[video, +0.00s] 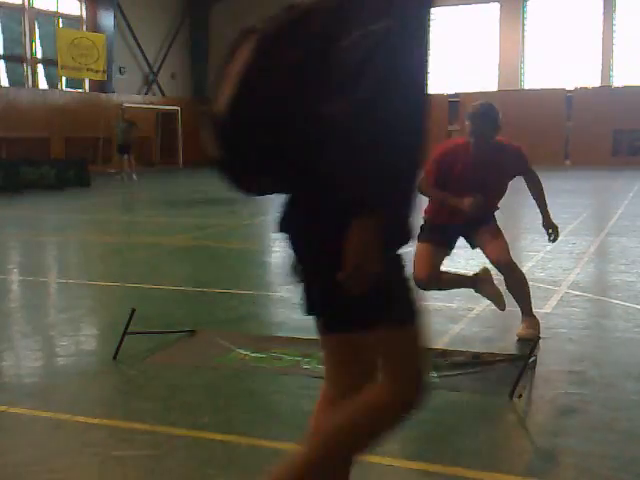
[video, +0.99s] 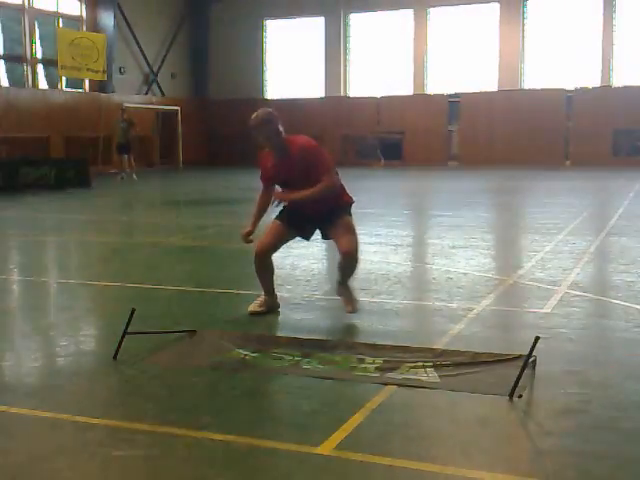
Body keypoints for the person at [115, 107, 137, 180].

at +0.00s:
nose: (122, 115)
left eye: (124, 113)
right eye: (121, 113)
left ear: (126, 114)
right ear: (119, 114)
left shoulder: (130, 123)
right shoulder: (118, 123)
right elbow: (116, 134)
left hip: (129, 143)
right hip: (121, 143)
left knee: (131, 159)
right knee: (122, 159)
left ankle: (133, 173)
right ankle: (123, 174)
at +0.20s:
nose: (123, 114)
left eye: (124, 112)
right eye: (122, 112)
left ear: (126, 113)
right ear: (120, 112)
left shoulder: (128, 122)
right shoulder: (118, 123)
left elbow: (136, 126)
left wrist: (130, 122)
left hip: (128, 142)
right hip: (120, 142)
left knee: (131, 158)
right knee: (122, 158)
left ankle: (133, 173)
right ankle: (124, 173)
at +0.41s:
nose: (122, 115)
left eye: (124, 113)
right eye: (121, 113)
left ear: (126, 114)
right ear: (120, 114)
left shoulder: (129, 122)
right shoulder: (118, 122)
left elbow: (136, 127)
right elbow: (113, 128)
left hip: (127, 142)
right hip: (120, 142)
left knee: (130, 158)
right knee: (122, 158)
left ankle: (133, 173)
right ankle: (123, 173)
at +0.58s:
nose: (122, 115)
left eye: (123, 113)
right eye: (121, 113)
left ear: (125, 114)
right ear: (120, 114)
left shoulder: (128, 122)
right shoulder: (118, 123)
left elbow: (136, 127)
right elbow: (114, 130)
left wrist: (133, 133)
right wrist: (116, 139)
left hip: (127, 142)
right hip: (120, 142)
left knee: (130, 159)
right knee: (122, 159)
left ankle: (133, 173)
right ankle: (123, 173)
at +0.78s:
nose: (122, 115)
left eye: (123, 113)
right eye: (121, 113)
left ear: (125, 114)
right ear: (120, 114)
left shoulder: (128, 122)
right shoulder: (118, 123)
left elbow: (136, 126)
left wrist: (130, 122)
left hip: (127, 142)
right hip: (120, 142)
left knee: (130, 158)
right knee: (121, 159)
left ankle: (133, 173)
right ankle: (123, 173)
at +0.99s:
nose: (122, 115)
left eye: (124, 113)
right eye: (121, 113)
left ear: (126, 113)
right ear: (120, 113)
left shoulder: (129, 122)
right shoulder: (118, 122)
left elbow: (134, 129)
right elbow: (115, 133)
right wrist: (115, 143)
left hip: (128, 141)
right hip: (120, 142)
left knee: (130, 158)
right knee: (121, 159)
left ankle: (133, 173)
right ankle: (123, 173)